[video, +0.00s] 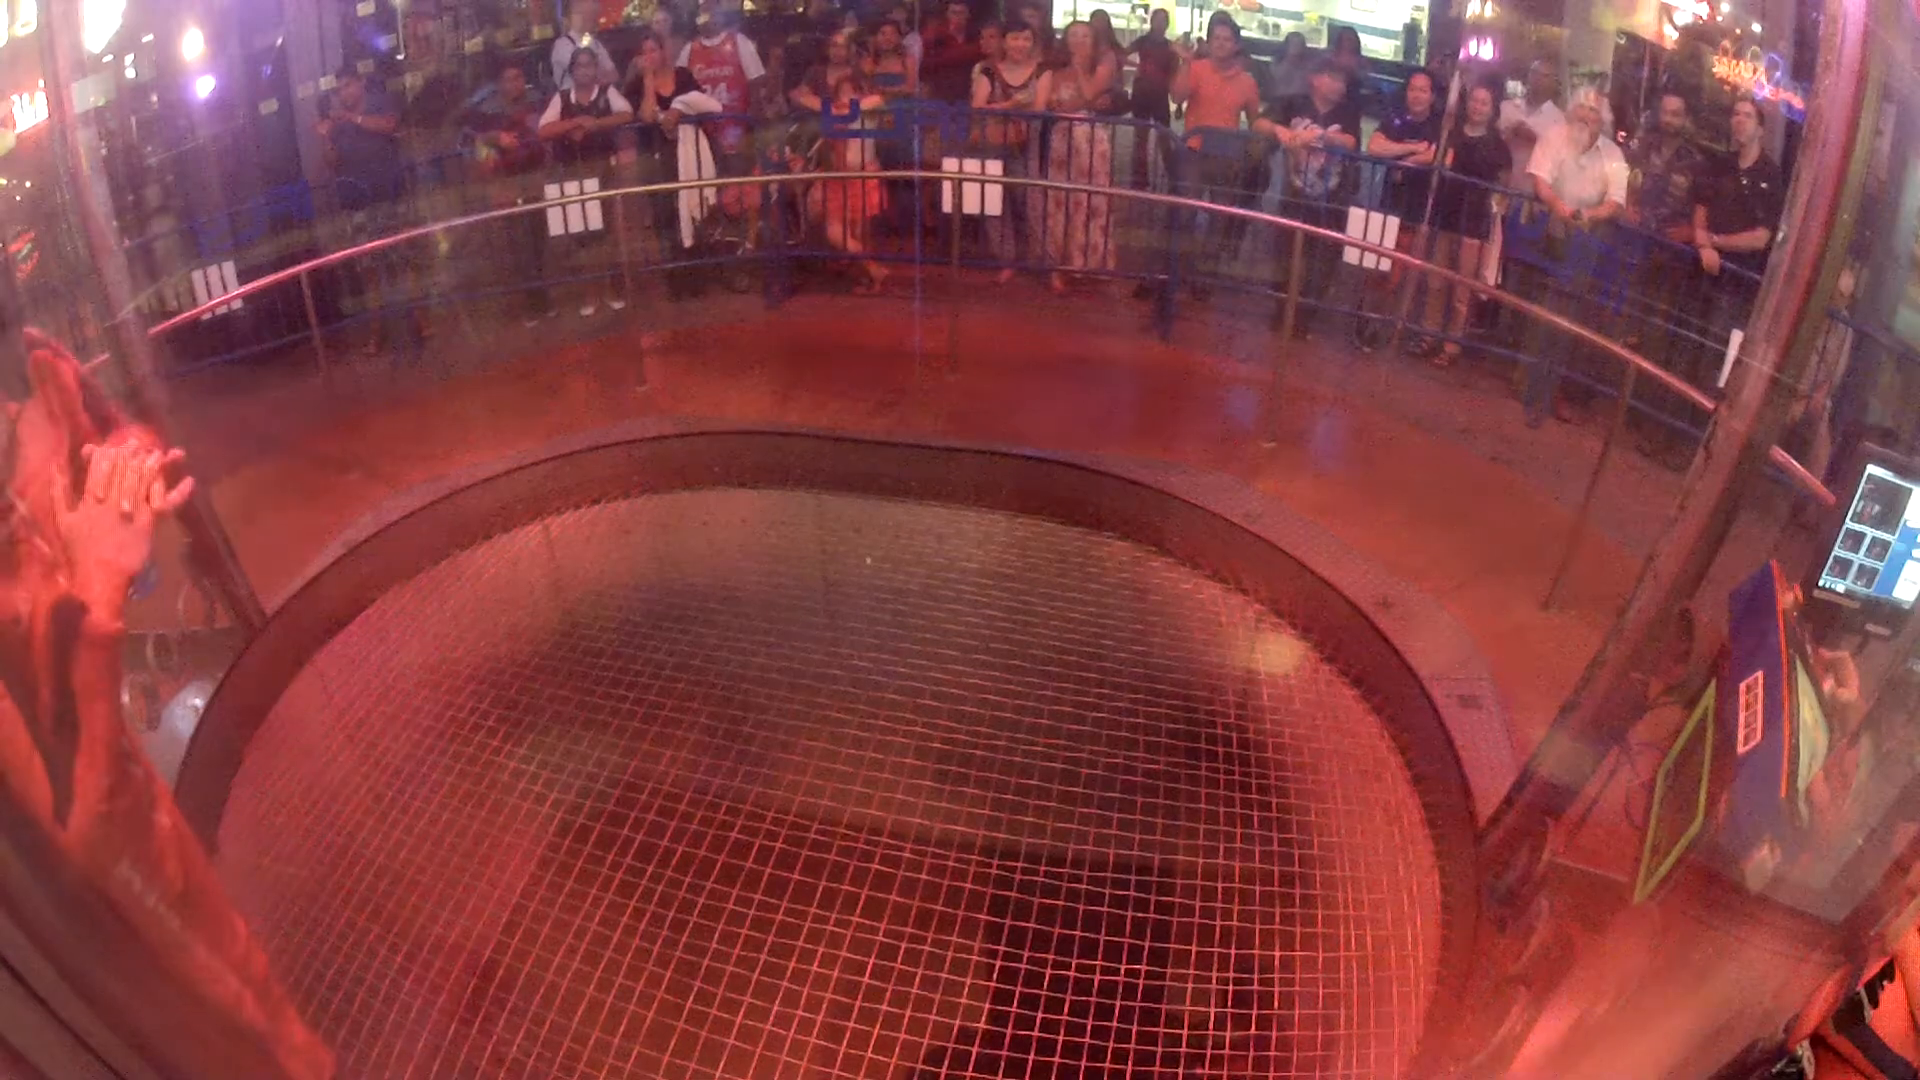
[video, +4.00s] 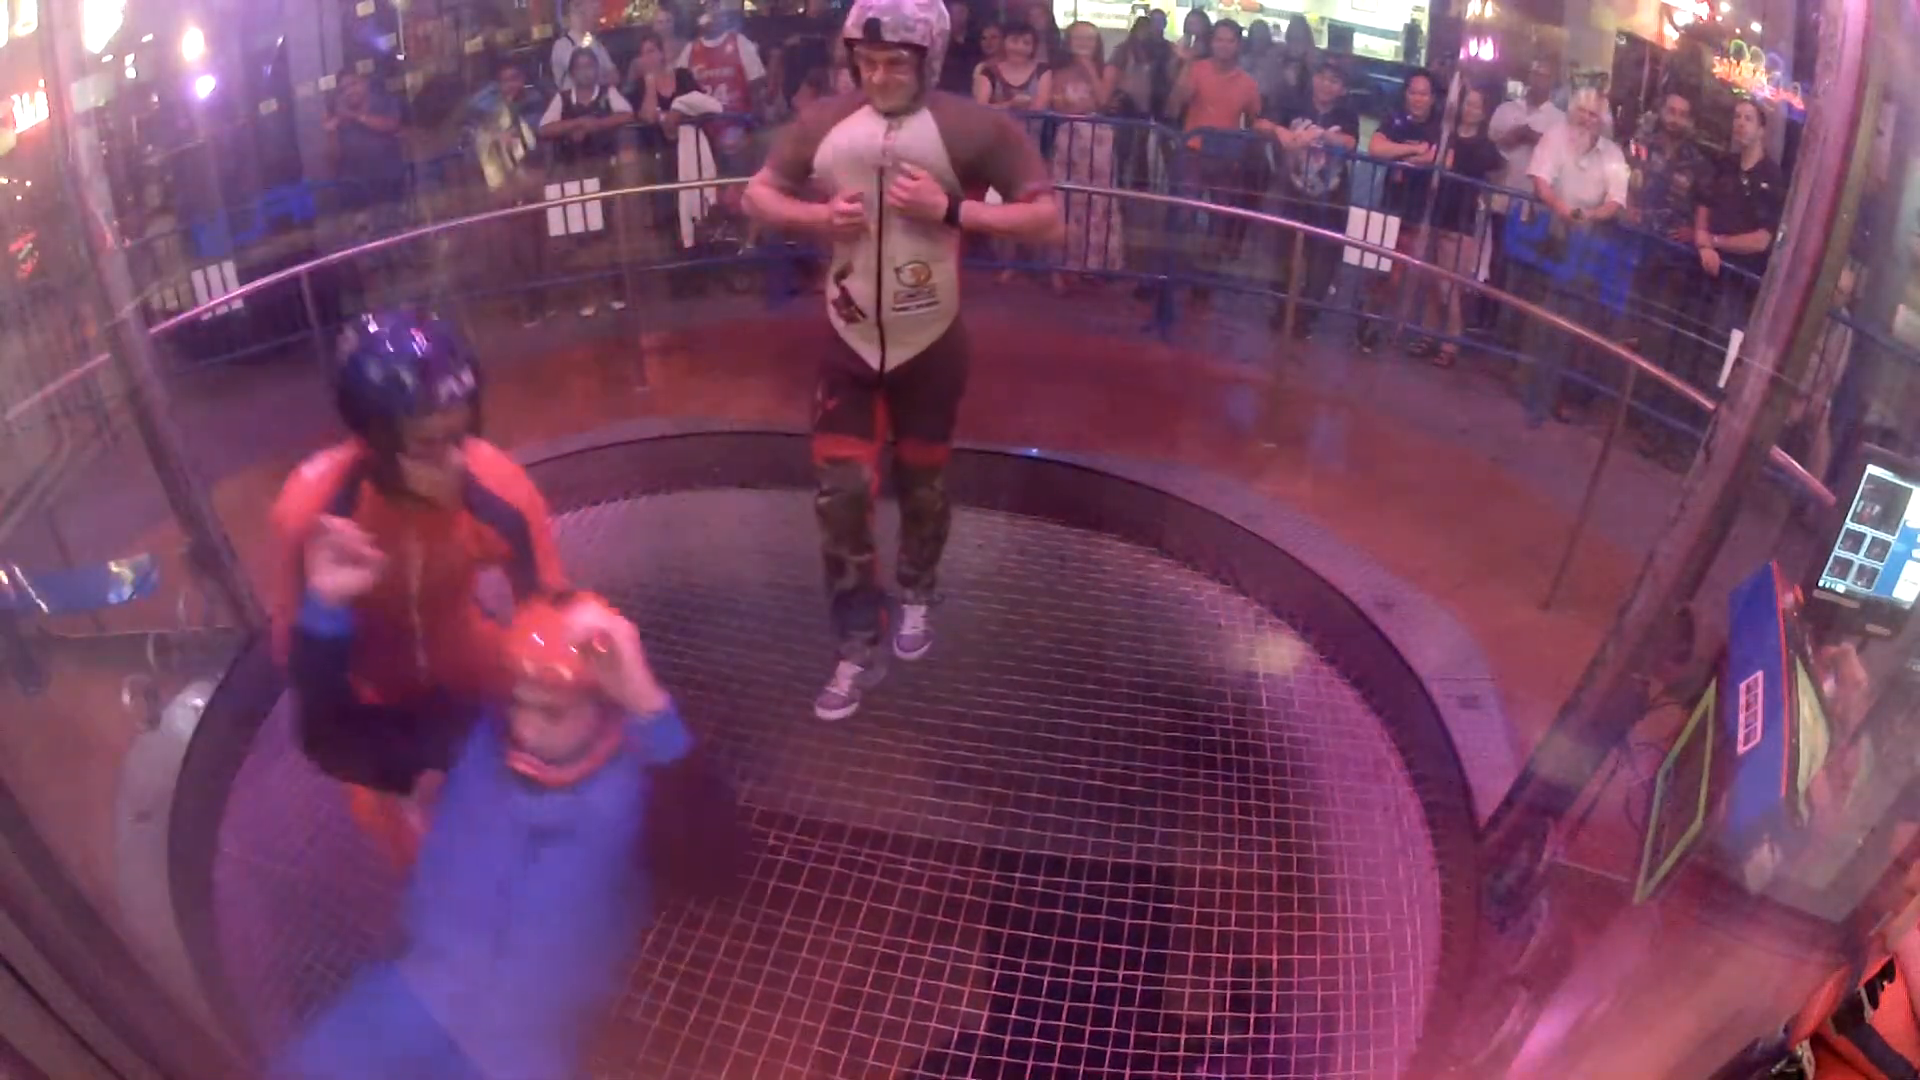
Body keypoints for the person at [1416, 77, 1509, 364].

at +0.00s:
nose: (1477, 107)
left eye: (1484, 103)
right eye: (1473, 101)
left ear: (1494, 109)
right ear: (1465, 104)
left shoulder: (1498, 146)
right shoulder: (1452, 136)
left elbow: (1494, 180)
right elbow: (1438, 167)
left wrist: (1456, 161)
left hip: (1474, 219)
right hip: (1443, 212)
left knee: (1463, 285)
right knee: (1435, 280)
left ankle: (1452, 342)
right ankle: (1429, 333)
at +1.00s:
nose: (1479, 107)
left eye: (1486, 103)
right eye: (1475, 101)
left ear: (1495, 111)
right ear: (1466, 104)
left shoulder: (1498, 147)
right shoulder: (1452, 136)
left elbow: (1505, 185)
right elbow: (1439, 165)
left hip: (1476, 217)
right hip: (1445, 211)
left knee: (1464, 284)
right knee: (1435, 278)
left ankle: (1452, 342)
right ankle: (1429, 332)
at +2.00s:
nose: (1481, 107)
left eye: (1487, 104)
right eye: (1477, 101)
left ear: (1497, 112)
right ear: (1469, 104)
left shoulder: (1501, 148)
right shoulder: (1454, 137)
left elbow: (1507, 188)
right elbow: (1440, 168)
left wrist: (1496, 207)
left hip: (1476, 220)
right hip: (1445, 212)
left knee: (1463, 288)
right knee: (1435, 281)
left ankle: (1453, 342)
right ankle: (1430, 333)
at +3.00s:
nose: (1477, 107)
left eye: (1483, 103)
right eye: (1473, 101)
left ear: (1492, 110)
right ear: (1465, 104)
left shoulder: (1496, 146)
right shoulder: (1452, 138)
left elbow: (1502, 185)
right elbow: (1439, 169)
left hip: (1473, 219)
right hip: (1443, 213)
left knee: (1462, 286)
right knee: (1434, 280)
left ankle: (1452, 342)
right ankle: (1429, 333)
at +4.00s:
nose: (1469, 109)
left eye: (1475, 105)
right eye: (1466, 103)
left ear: (1485, 112)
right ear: (1459, 106)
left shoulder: (1486, 148)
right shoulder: (1447, 139)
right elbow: (1432, 165)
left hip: (1463, 219)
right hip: (1436, 213)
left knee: (1451, 285)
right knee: (1431, 280)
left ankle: (1450, 341)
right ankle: (1428, 333)